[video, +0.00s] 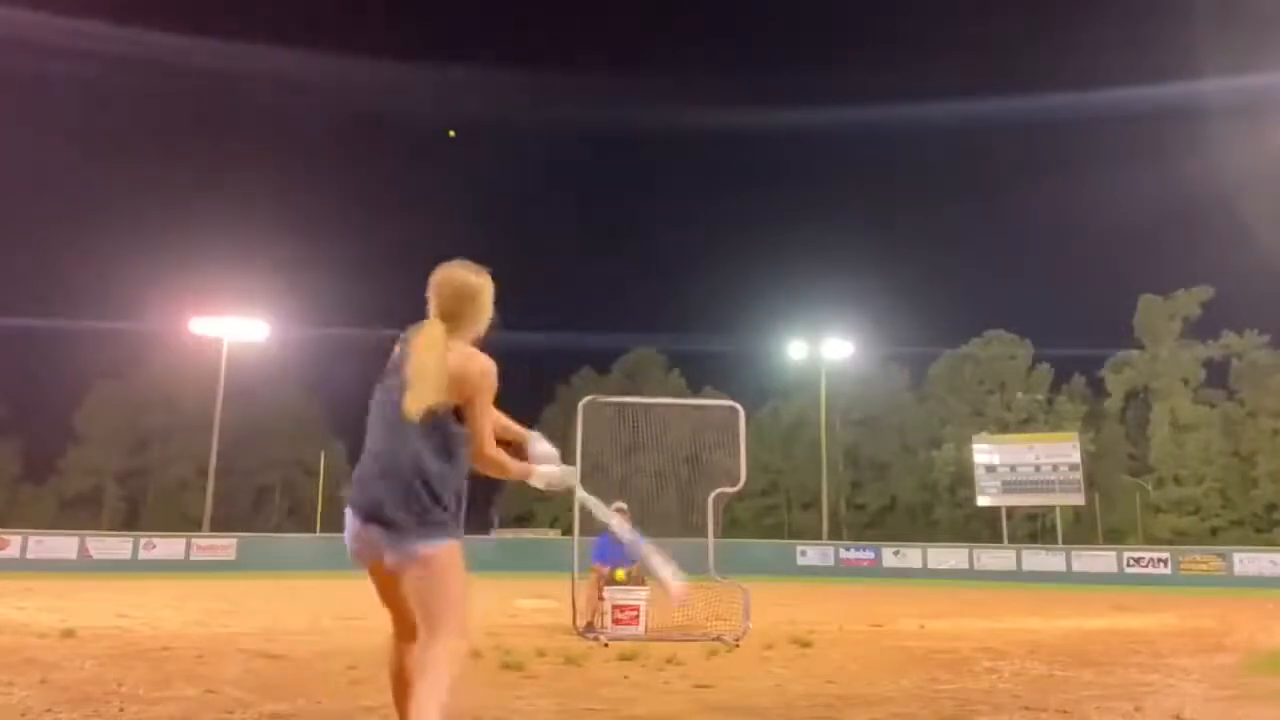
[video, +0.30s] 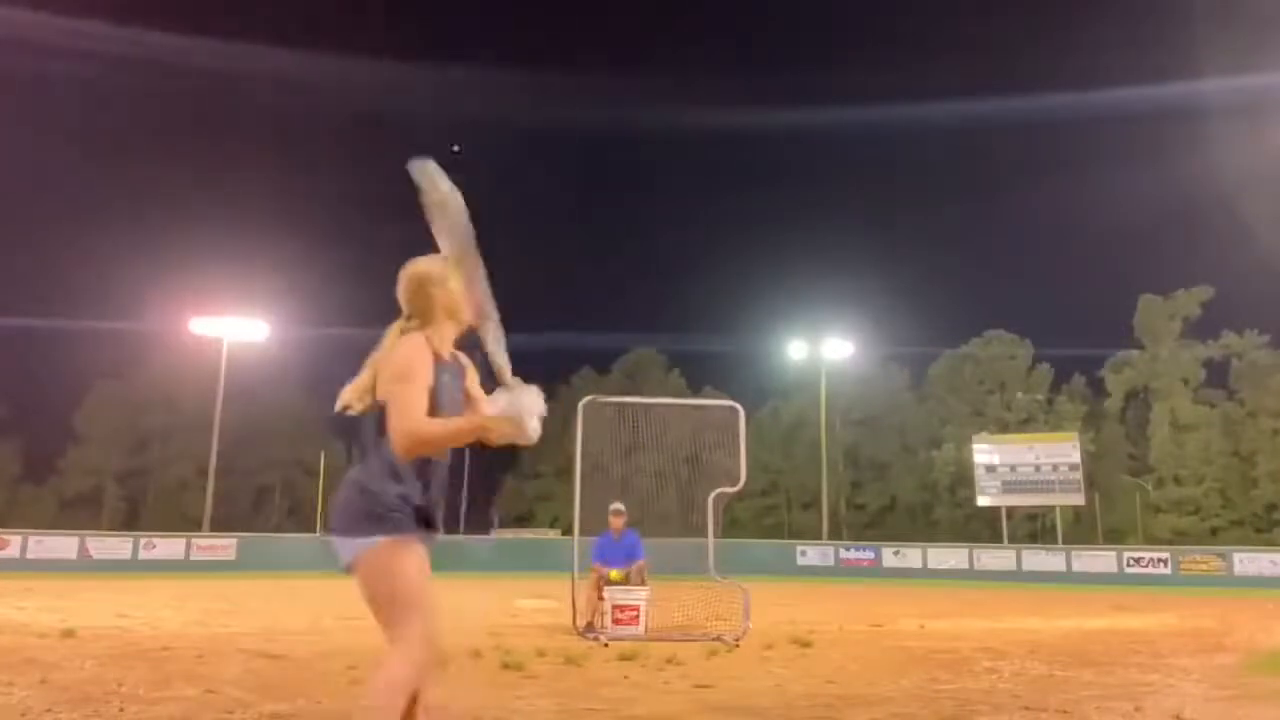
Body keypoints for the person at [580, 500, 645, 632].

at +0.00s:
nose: (619, 520)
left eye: (622, 516)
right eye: (616, 517)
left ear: (628, 519)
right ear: (610, 519)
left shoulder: (634, 539)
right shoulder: (603, 539)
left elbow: (640, 560)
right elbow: (595, 563)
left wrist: (629, 570)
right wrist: (608, 571)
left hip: (629, 571)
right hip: (609, 571)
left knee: (639, 575)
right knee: (595, 577)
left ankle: (638, 620)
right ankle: (589, 621)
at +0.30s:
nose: (616, 520)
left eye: (620, 516)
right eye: (613, 516)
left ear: (625, 518)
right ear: (608, 518)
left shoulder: (633, 537)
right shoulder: (602, 539)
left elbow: (640, 560)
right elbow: (595, 563)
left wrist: (627, 571)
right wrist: (608, 572)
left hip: (627, 571)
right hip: (608, 571)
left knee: (639, 569)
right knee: (594, 577)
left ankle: (636, 618)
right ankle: (589, 621)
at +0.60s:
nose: (616, 520)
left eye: (619, 516)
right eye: (613, 516)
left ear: (625, 518)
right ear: (608, 518)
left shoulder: (633, 537)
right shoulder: (602, 539)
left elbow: (640, 560)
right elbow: (595, 563)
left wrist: (626, 571)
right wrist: (608, 572)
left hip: (627, 571)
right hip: (608, 571)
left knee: (639, 570)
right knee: (594, 578)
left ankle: (636, 619)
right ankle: (590, 621)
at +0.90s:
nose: (616, 520)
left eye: (619, 516)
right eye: (613, 516)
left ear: (625, 518)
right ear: (608, 518)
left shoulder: (633, 537)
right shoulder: (602, 539)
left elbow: (640, 560)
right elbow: (595, 563)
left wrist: (626, 571)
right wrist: (608, 572)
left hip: (627, 571)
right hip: (608, 571)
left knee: (639, 570)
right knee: (594, 578)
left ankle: (636, 619)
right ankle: (590, 621)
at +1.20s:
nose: (615, 520)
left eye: (619, 516)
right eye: (612, 516)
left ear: (625, 518)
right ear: (608, 518)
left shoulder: (632, 537)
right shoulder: (601, 538)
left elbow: (640, 560)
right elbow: (595, 562)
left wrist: (625, 571)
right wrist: (605, 572)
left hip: (626, 571)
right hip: (607, 572)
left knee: (636, 573)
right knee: (593, 579)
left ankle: (635, 619)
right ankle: (589, 621)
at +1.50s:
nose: (615, 520)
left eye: (618, 516)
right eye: (612, 516)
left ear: (624, 518)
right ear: (607, 518)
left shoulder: (632, 537)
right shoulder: (601, 538)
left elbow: (640, 560)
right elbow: (595, 562)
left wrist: (625, 571)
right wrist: (604, 572)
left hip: (626, 571)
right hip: (607, 571)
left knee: (636, 573)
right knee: (593, 579)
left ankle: (635, 619)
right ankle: (589, 621)